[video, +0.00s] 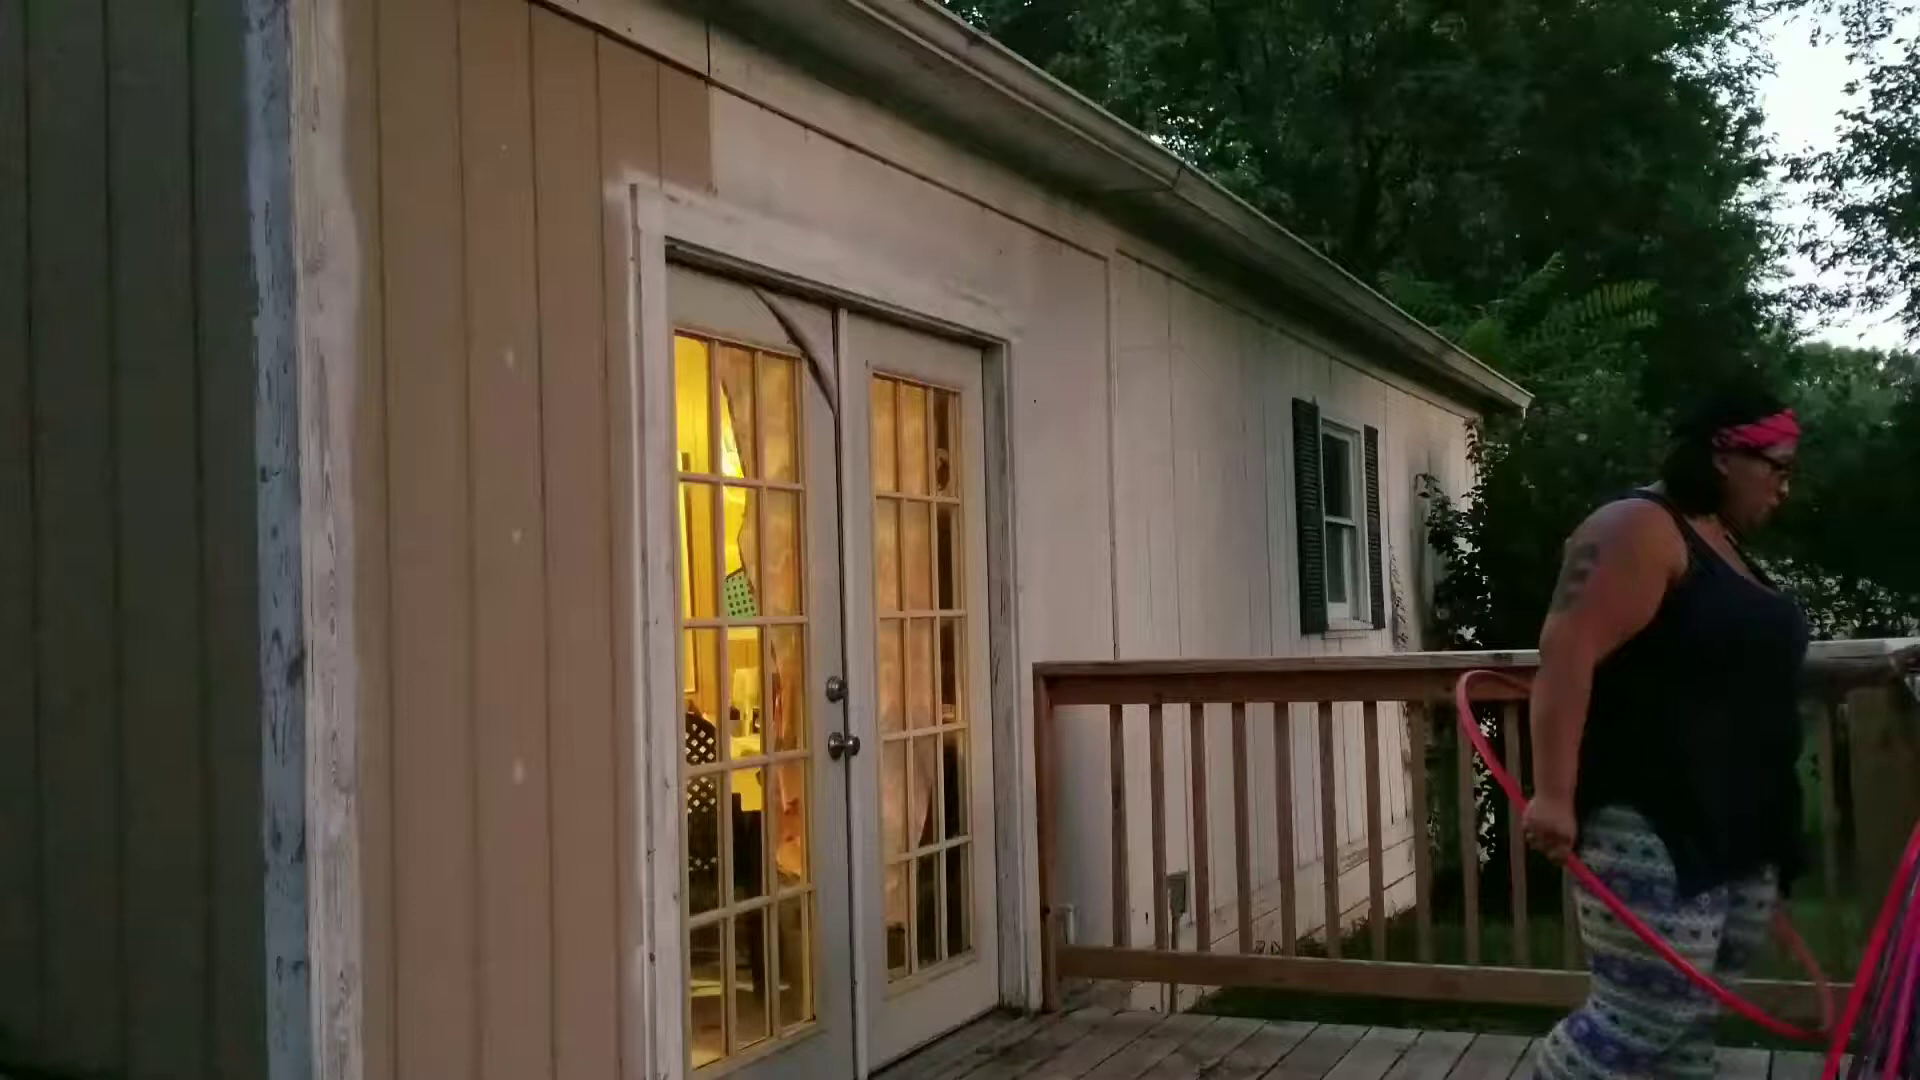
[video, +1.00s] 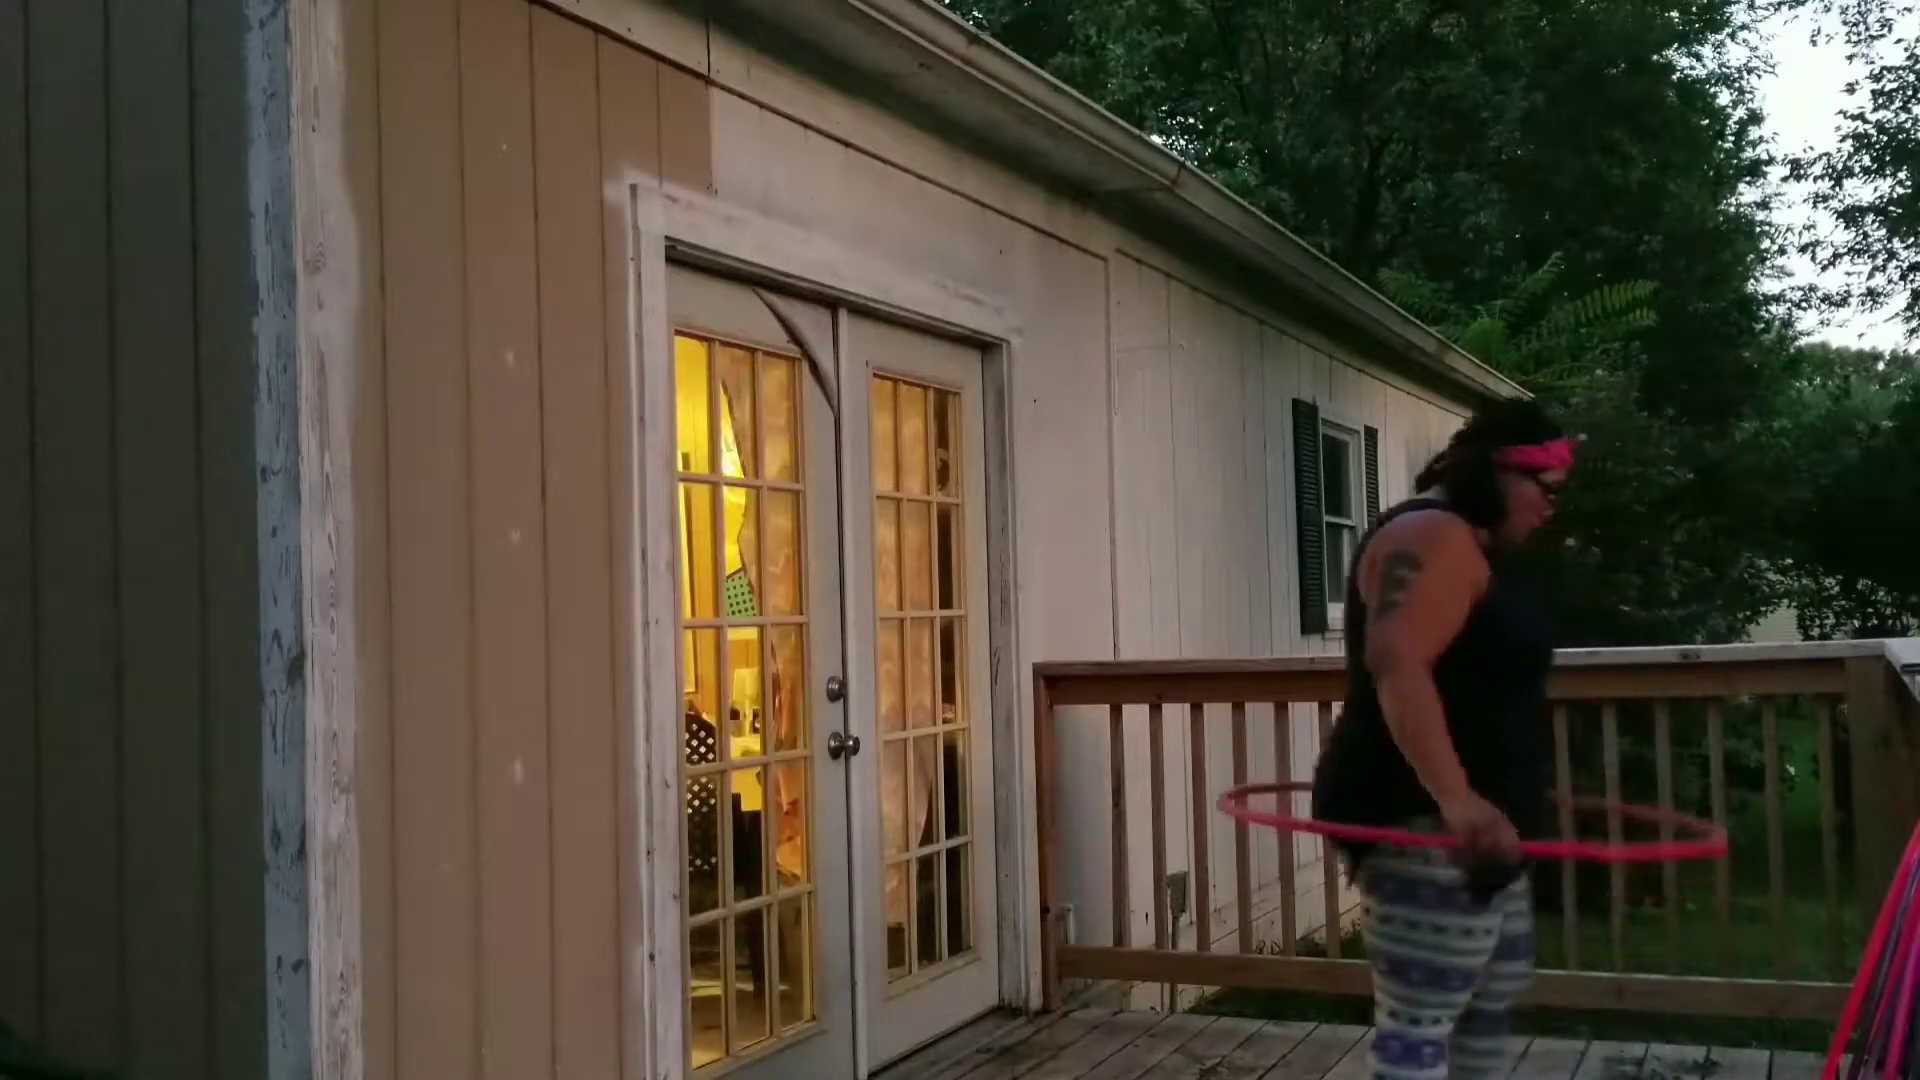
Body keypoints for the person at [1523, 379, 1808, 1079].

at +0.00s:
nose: (1783, 486)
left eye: (1787, 471)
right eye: (1773, 466)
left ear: (1734, 466)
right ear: (1719, 457)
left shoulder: (1725, 550)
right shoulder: (1635, 528)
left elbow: (1726, 703)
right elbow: (1564, 651)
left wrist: (1758, 828)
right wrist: (1552, 792)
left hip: (1731, 822)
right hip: (1639, 823)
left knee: (1694, 1030)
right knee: (1640, 1024)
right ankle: (1551, 1072)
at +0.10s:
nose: (1780, 486)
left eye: (1784, 471)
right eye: (1770, 466)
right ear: (1717, 456)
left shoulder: (1724, 552)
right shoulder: (1633, 528)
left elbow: (1731, 700)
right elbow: (1563, 651)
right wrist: (1552, 792)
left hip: (1728, 821)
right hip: (1636, 821)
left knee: (1692, 1027)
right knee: (1640, 1020)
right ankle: (1544, 1071)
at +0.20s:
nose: (1773, 483)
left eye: (1776, 469)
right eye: (1763, 464)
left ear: (1719, 463)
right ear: (1710, 455)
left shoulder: (1715, 548)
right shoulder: (1626, 527)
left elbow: (1742, 679)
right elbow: (1558, 650)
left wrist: (1858, 672)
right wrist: (1551, 791)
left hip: (1724, 820)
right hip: (1633, 824)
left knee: (1688, 1027)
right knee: (1634, 1021)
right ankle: (1541, 1071)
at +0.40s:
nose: (1739, 486)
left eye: (1743, 470)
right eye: (1730, 466)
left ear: (1685, 461)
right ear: (1679, 455)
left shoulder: (1679, 548)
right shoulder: (1594, 531)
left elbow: (1682, 705)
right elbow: (1532, 663)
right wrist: (1532, 799)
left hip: (1699, 826)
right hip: (1609, 828)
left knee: (1670, 1038)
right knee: (1609, 1026)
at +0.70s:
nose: (1643, 501)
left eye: (1647, 485)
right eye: (1637, 481)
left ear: (1592, 473)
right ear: (1589, 468)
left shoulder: (1577, 555)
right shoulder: (1517, 540)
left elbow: (1577, 705)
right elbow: (1472, 674)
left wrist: (1627, 825)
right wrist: (1484, 818)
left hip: (1616, 839)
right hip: (1535, 840)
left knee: (1633, 1048)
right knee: (1509, 1040)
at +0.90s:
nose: (1578, 505)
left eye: (1583, 490)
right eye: (1571, 485)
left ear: (1521, 475)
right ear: (1523, 471)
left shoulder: (1515, 554)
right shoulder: (1460, 544)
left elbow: (1510, 701)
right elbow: (1433, 686)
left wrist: (1545, 818)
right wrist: (1461, 827)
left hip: (1536, 833)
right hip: (1446, 839)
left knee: (1553, 1040)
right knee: (1425, 1043)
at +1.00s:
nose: (1550, 505)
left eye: (1555, 491)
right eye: (1543, 485)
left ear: (1491, 475)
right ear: (1493, 471)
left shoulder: (1474, 546)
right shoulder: (1432, 538)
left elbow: (1469, 686)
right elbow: (1395, 662)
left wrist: (1519, 796)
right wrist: (1454, 795)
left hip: (1489, 811)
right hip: (1417, 815)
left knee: (1498, 988)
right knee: (1422, 1019)